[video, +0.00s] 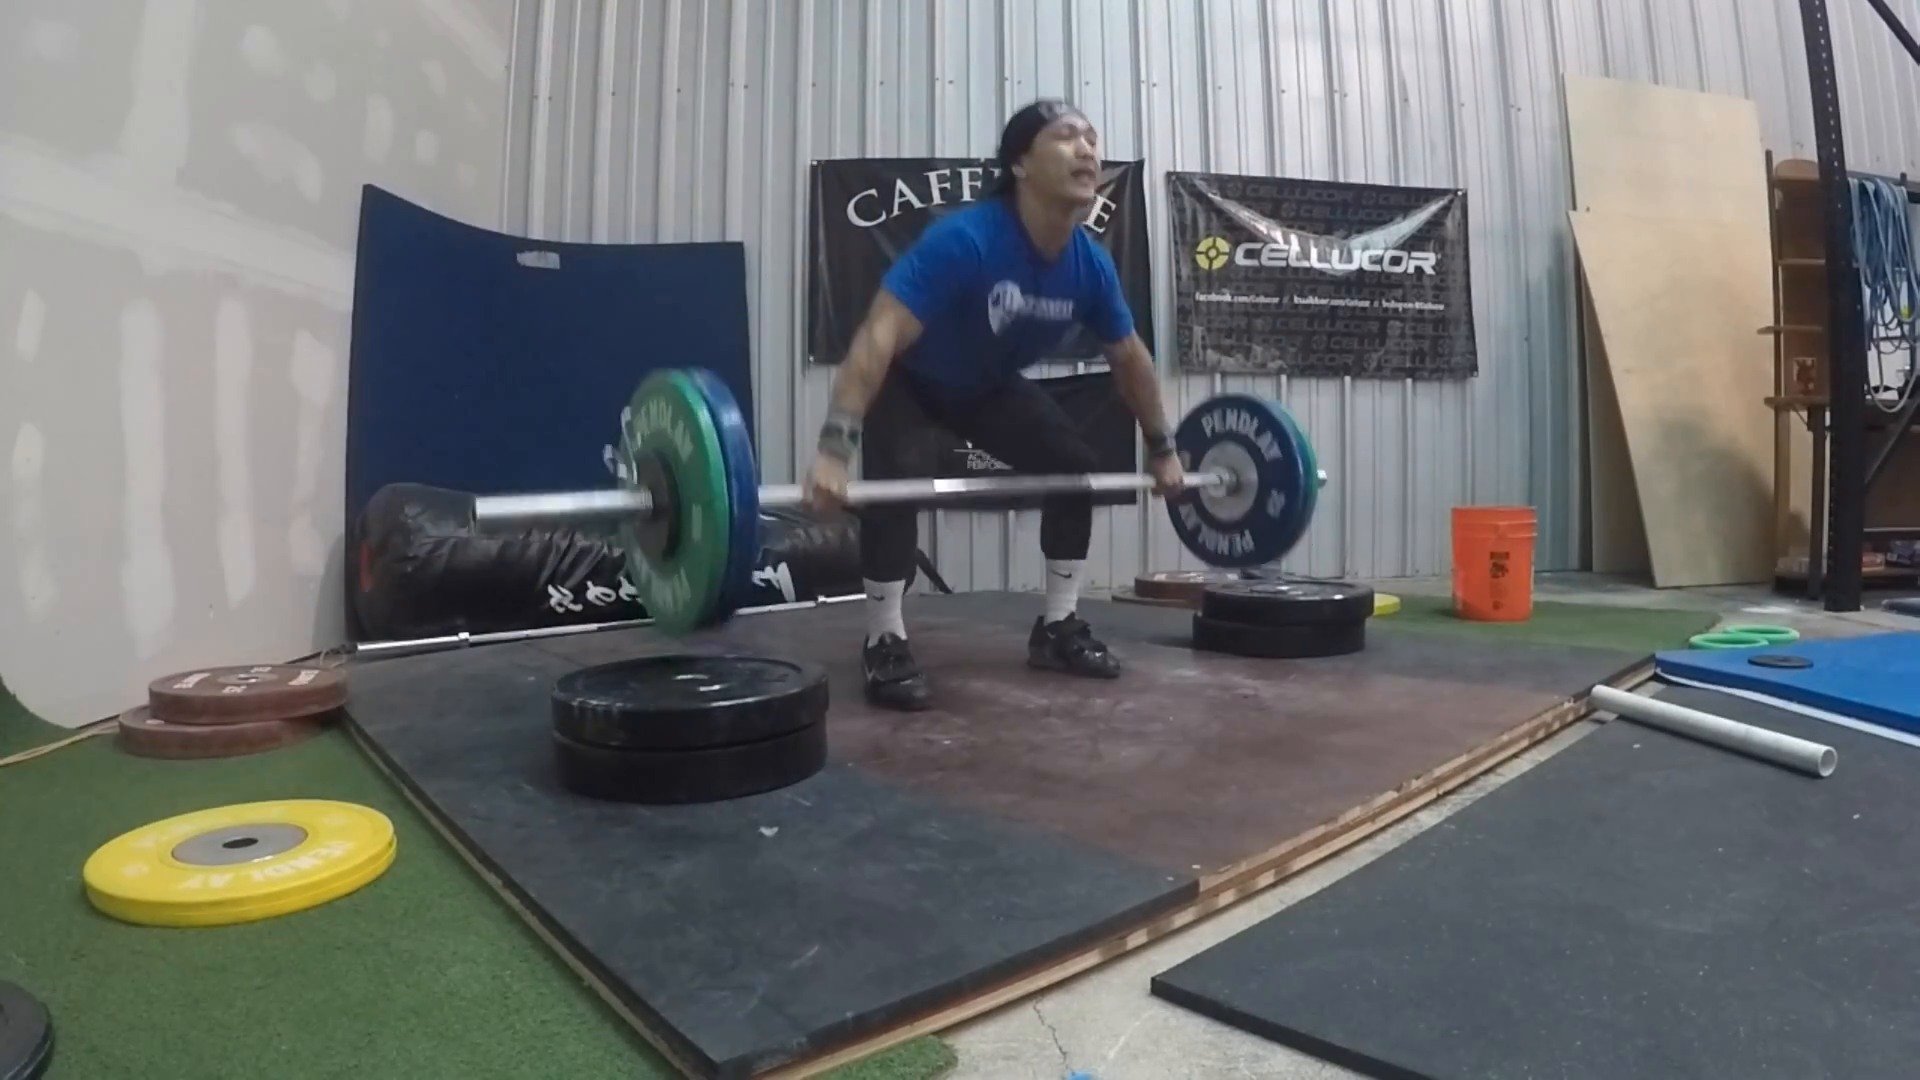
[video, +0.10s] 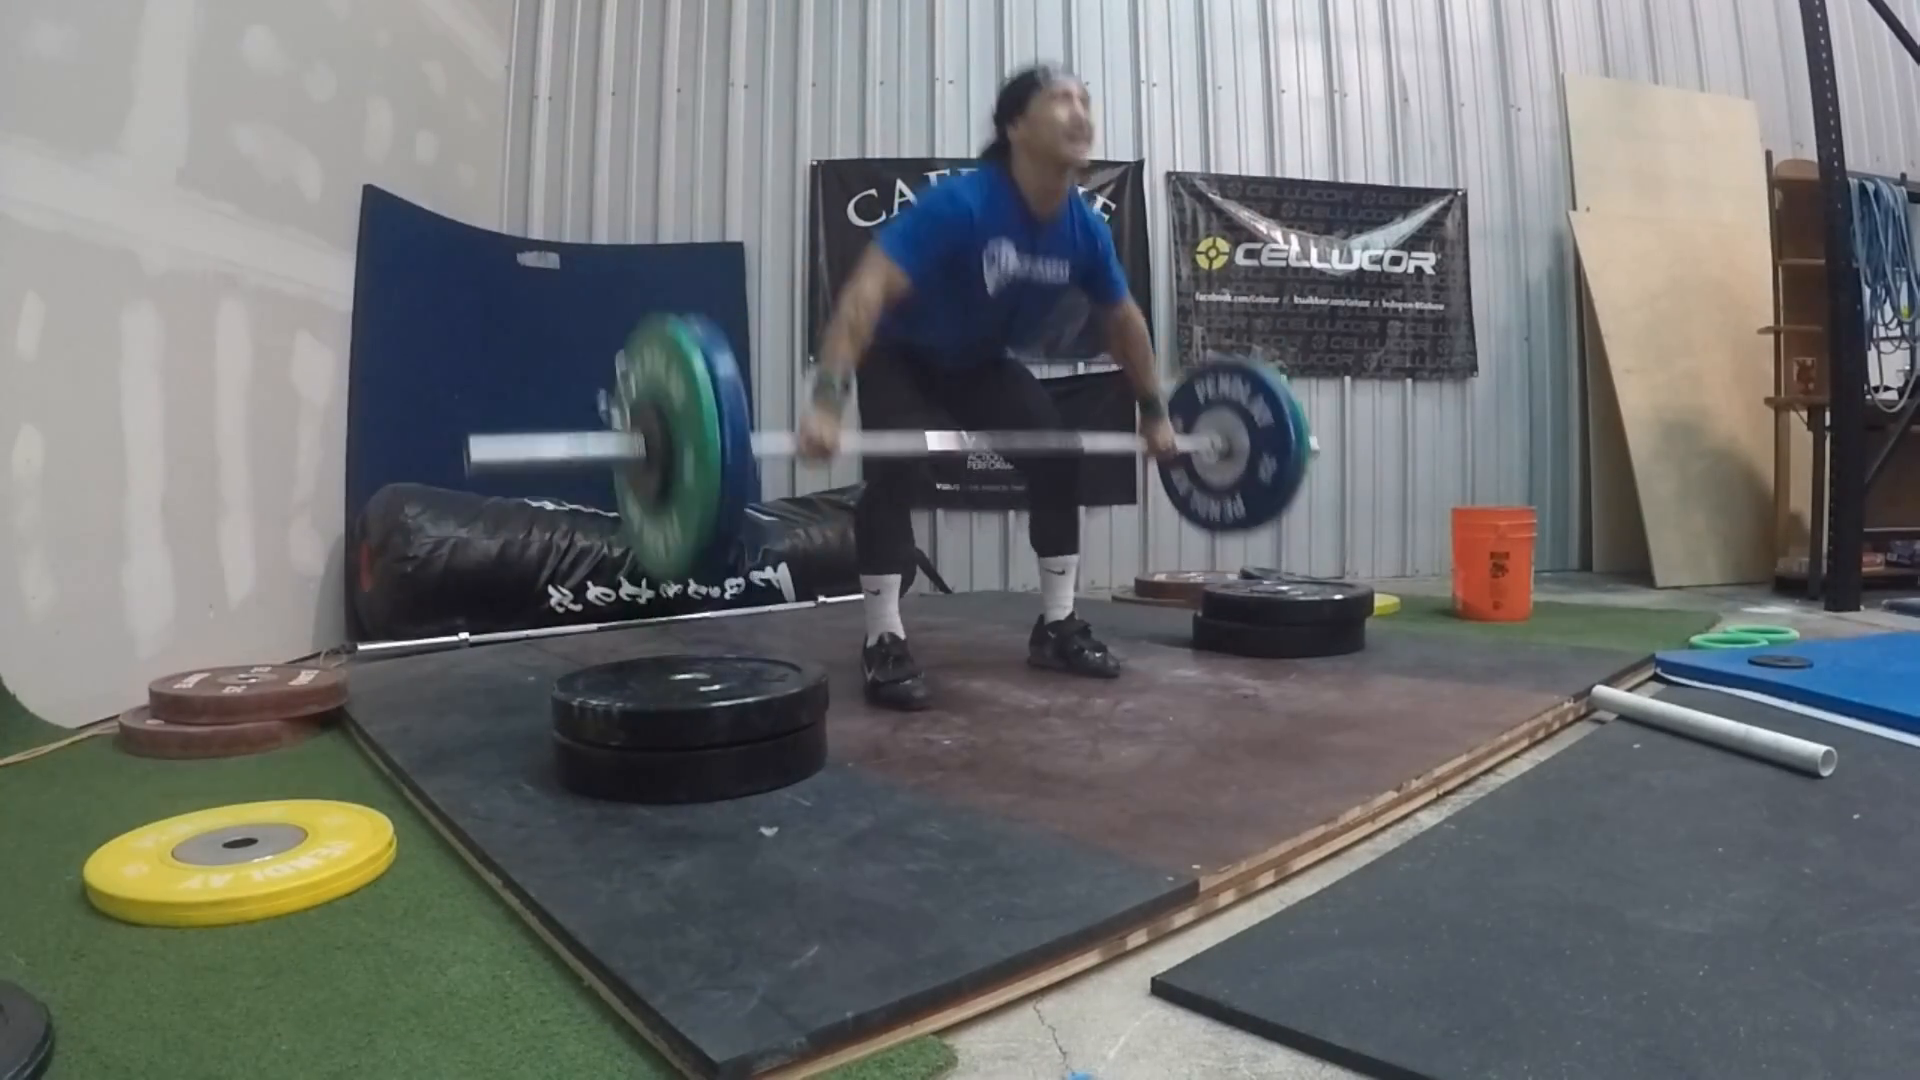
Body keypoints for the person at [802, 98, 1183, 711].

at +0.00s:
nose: (1087, 149)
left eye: (1091, 139)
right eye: (1066, 138)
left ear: (1098, 163)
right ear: (1021, 166)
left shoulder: (1090, 265)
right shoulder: (964, 240)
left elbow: (1130, 360)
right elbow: (880, 333)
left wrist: (1162, 450)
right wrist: (834, 447)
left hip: (984, 387)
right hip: (904, 382)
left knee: (1074, 467)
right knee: (898, 483)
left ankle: (1059, 626)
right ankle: (886, 643)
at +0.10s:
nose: (1080, 113)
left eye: (1083, 102)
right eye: (1060, 102)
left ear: (1091, 124)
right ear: (1016, 129)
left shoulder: (1084, 227)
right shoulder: (959, 202)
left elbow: (1124, 319)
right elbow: (868, 288)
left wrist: (1155, 411)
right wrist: (826, 398)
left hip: (978, 362)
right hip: (896, 356)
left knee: (1056, 451)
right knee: (896, 461)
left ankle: (1058, 625)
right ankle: (884, 642)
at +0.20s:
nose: (1061, 61)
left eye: (1063, 52)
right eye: (1041, 50)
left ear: (1065, 80)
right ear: (997, 75)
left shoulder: (1070, 175)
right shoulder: (946, 154)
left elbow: (1113, 267)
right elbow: (854, 220)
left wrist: (1146, 361)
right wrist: (821, 330)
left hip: (990, 342)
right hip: (903, 335)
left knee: (1053, 455)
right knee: (899, 466)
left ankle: (1058, 624)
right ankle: (885, 642)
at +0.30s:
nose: (995, 20)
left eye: (997, 16)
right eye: (975, 15)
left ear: (1005, 48)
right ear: (940, 46)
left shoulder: (1039, 132)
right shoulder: (914, 113)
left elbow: (1091, 217)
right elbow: (828, 165)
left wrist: (1135, 303)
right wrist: (807, 261)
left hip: (1018, 332)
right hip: (930, 328)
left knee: (1098, 456)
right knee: (926, 454)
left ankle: (1066, 617)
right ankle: (890, 636)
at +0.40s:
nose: (921, 25)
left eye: (923, 23)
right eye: (901, 24)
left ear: (932, 51)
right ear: (873, 54)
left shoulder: (988, 116)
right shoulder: (868, 88)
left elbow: (1053, 181)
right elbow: (806, 133)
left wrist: (1123, 236)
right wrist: (802, 188)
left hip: (1014, 276)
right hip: (933, 268)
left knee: (1060, 424)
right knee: (924, 424)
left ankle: (1080, 605)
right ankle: (891, 630)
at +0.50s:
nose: (882, 81)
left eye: (887, 78)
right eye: (866, 79)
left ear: (901, 99)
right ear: (841, 104)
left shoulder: (939, 151)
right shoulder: (835, 139)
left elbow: (1025, 197)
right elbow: (768, 165)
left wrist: (1112, 201)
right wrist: (783, 147)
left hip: (987, 302)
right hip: (922, 301)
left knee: (1069, 442)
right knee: (906, 446)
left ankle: (1035, 600)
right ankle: (849, 620)